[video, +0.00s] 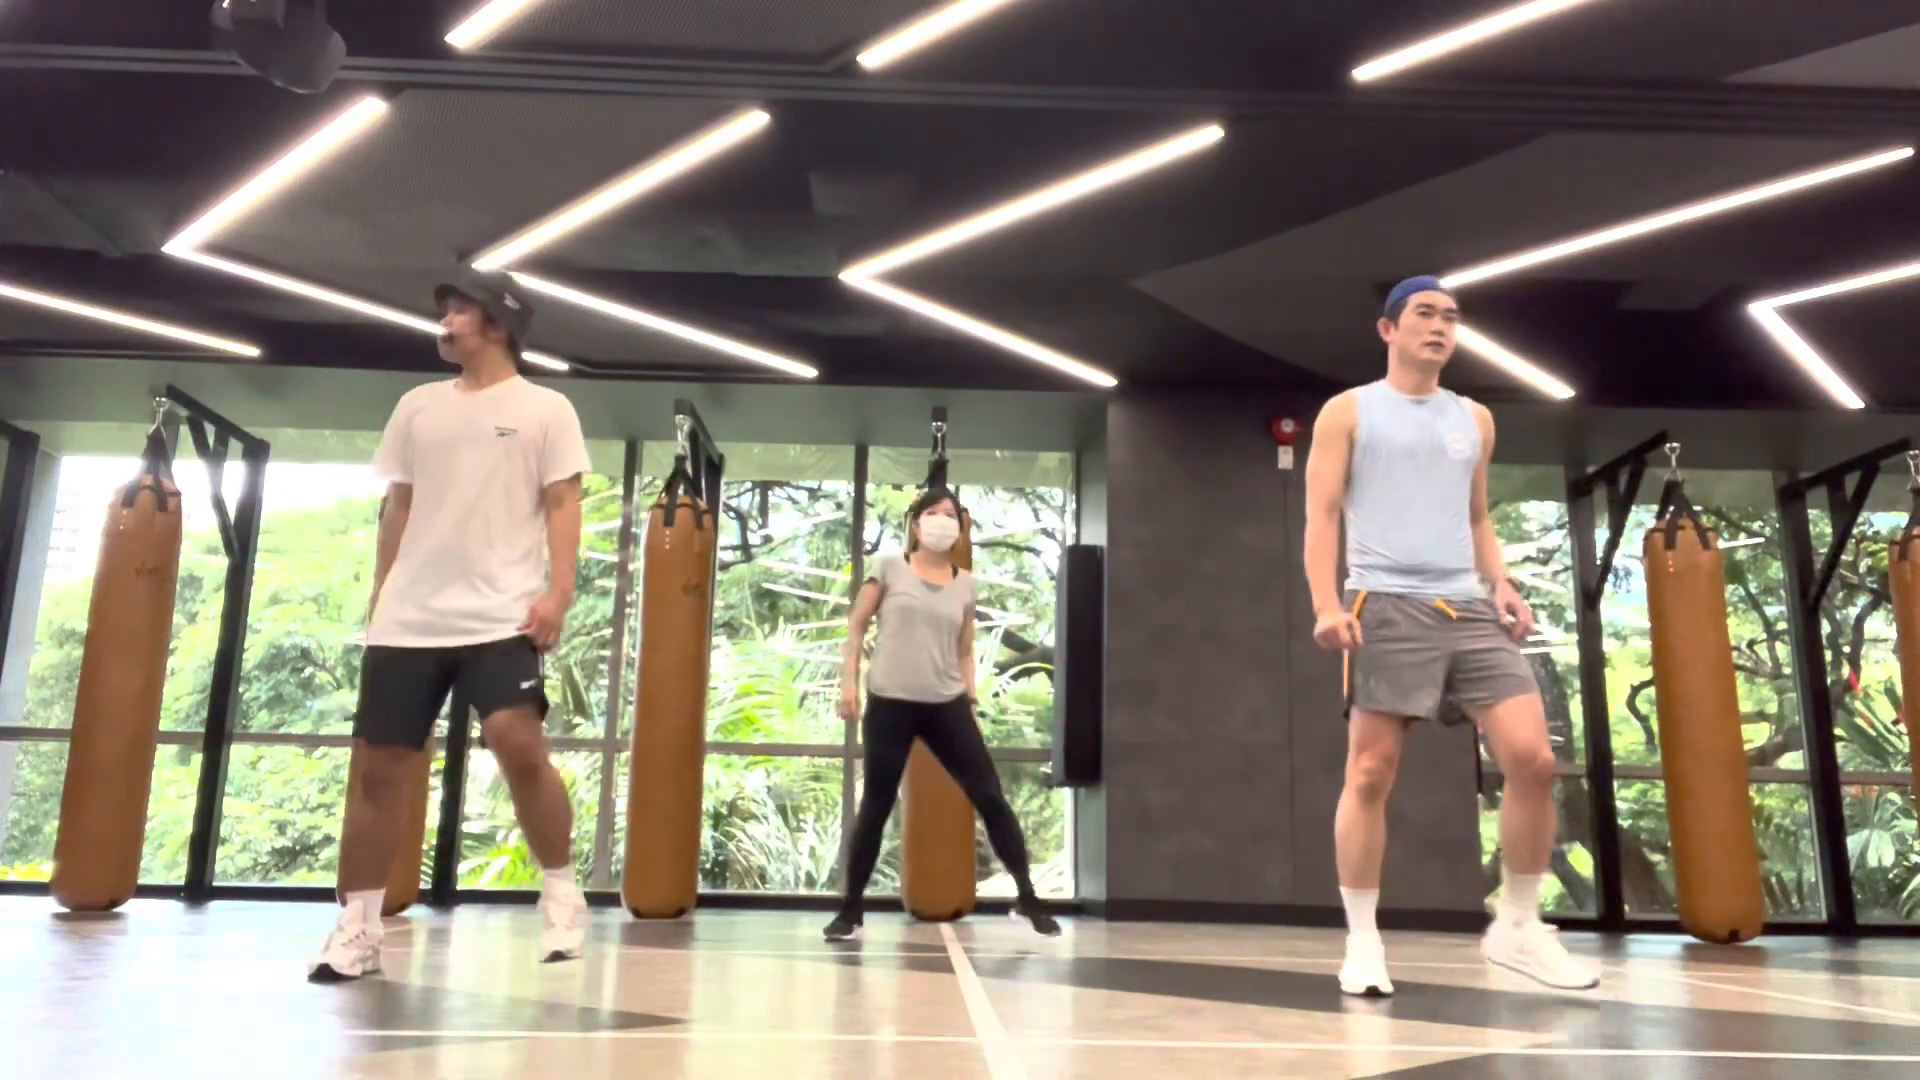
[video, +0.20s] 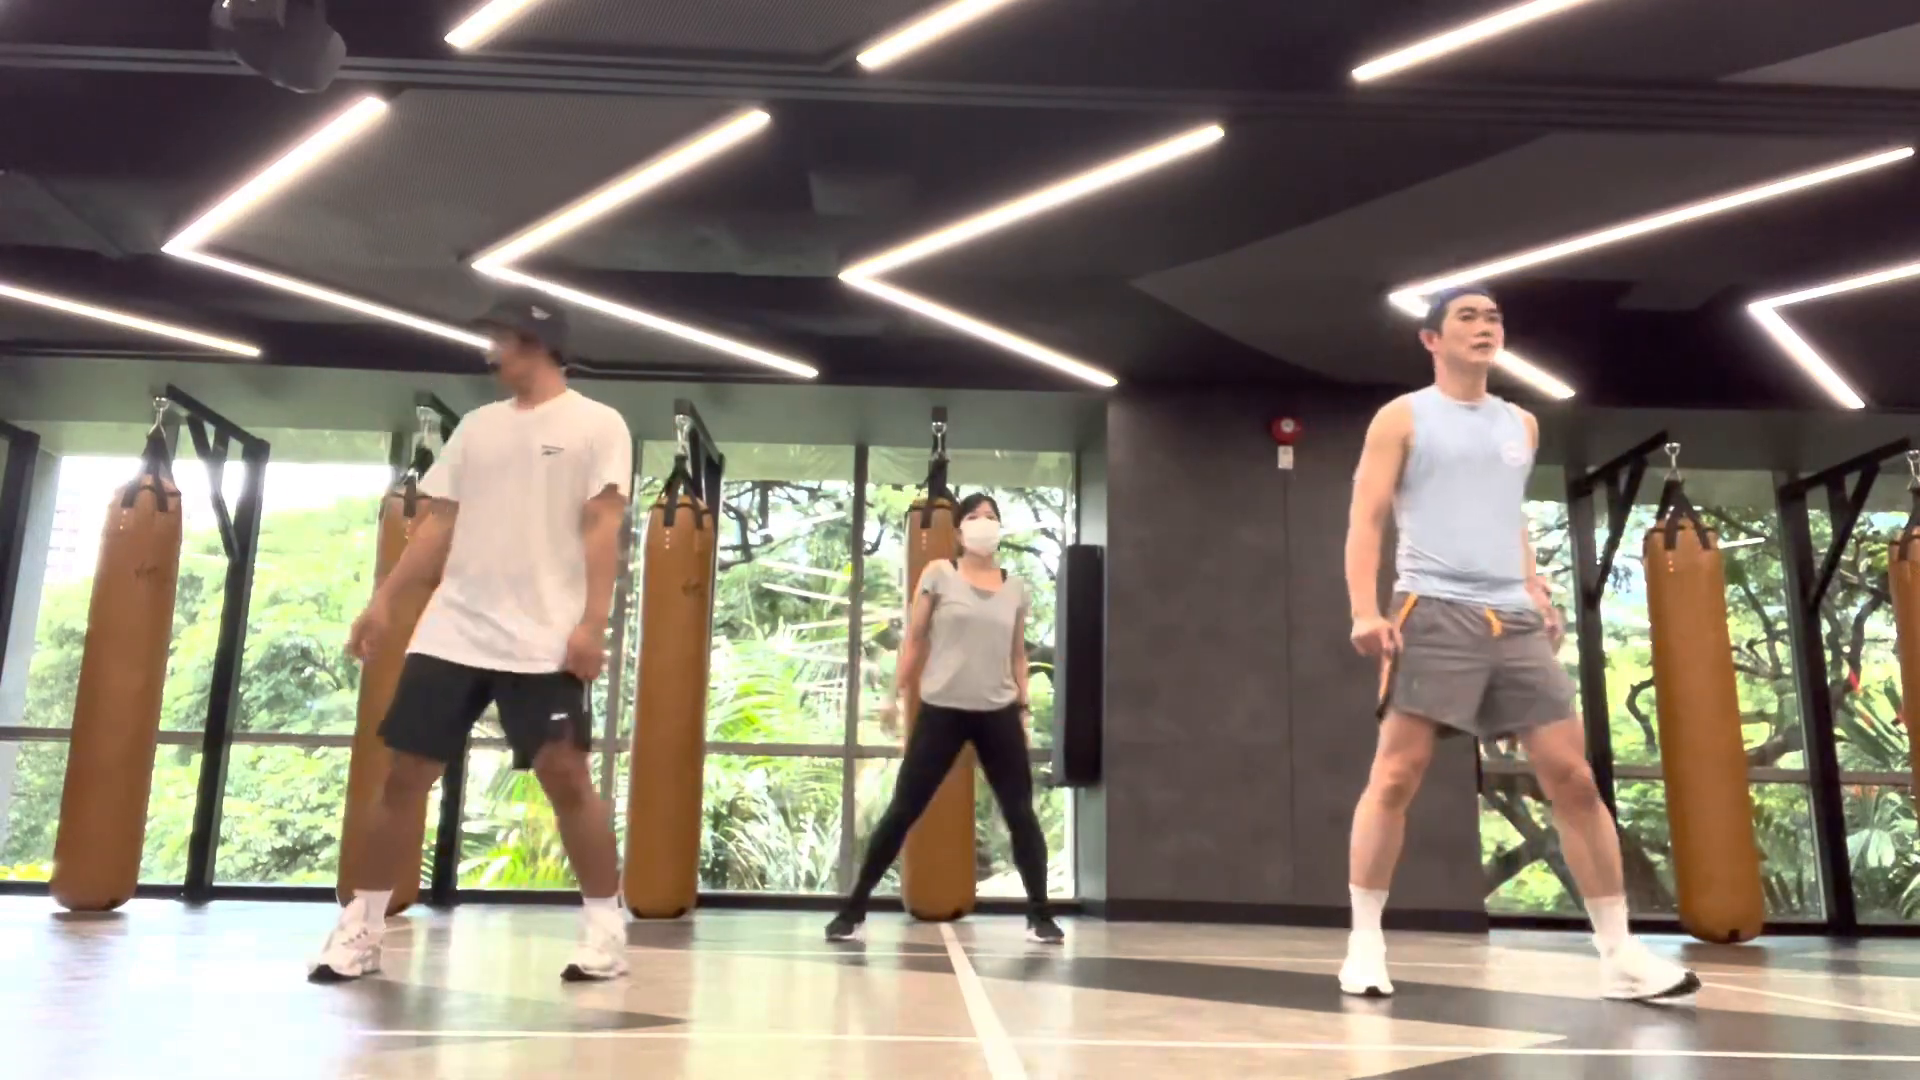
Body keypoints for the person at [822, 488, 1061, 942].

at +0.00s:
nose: (941, 521)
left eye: (950, 515)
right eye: (931, 514)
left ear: (960, 530)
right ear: (915, 526)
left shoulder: (964, 584)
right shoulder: (891, 566)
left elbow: (965, 648)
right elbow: (856, 623)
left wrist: (968, 698)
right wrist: (848, 683)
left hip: (946, 703)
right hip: (889, 703)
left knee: (990, 799)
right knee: (874, 807)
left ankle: (1027, 896)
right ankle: (850, 909)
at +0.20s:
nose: (984, 523)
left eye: (991, 518)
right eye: (974, 518)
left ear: (1001, 532)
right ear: (959, 532)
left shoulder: (1016, 589)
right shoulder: (939, 573)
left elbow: (1018, 650)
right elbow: (915, 638)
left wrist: (1022, 705)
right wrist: (902, 696)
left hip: (998, 713)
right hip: (941, 709)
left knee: (1022, 814)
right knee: (903, 811)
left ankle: (1039, 912)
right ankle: (854, 908)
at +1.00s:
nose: (960, 525)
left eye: (969, 519)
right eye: (951, 519)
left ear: (981, 534)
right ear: (937, 533)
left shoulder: (999, 581)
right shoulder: (919, 585)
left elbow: (1014, 643)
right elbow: (911, 652)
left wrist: (1014, 696)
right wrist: (903, 709)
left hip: (987, 711)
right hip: (927, 710)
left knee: (1009, 812)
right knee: (876, 807)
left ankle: (1040, 911)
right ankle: (829, 901)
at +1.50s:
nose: (889, 523)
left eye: (898, 517)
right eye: (880, 515)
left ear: (906, 531)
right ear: (862, 525)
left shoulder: (915, 583)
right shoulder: (835, 570)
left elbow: (918, 649)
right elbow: (803, 630)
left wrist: (916, 703)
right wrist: (776, 686)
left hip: (891, 702)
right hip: (836, 699)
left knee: (868, 795)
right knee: (825, 808)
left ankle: (863, 900)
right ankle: (820, 906)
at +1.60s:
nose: (893, 520)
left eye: (901, 515)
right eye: (884, 512)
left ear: (908, 530)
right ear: (865, 524)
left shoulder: (916, 582)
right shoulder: (838, 566)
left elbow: (912, 643)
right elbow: (806, 627)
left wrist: (910, 688)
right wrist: (779, 682)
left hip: (890, 700)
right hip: (835, 698)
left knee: (888, 796)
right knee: (826, 806)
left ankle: (879, 897)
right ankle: (820, 905)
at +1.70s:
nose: (899, 513)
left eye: (908, 509)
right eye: (891, 506)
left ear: (916, 526)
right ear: (873, 519)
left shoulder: (921, 579)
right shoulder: (846, 557)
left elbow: (913, 638)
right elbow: (811, 615)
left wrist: (914, 685)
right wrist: (795, 671)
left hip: (899, 694)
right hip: (843, 693)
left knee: (922, 785)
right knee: (831, 802)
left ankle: (919, 885)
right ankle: (818, 904)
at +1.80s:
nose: (913, 516)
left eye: (921, 512)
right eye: (904, 508)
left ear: (928, 529)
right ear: (884, 521)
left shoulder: (931, 580)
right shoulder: (856, 559)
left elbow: (922, 641)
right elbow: (819, 614)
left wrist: (922, 691)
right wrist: (808, 671)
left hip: (909, 699)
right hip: (853, 697)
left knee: (951, 789)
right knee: (839, 805)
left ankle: (974, 890)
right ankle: (819, 905)